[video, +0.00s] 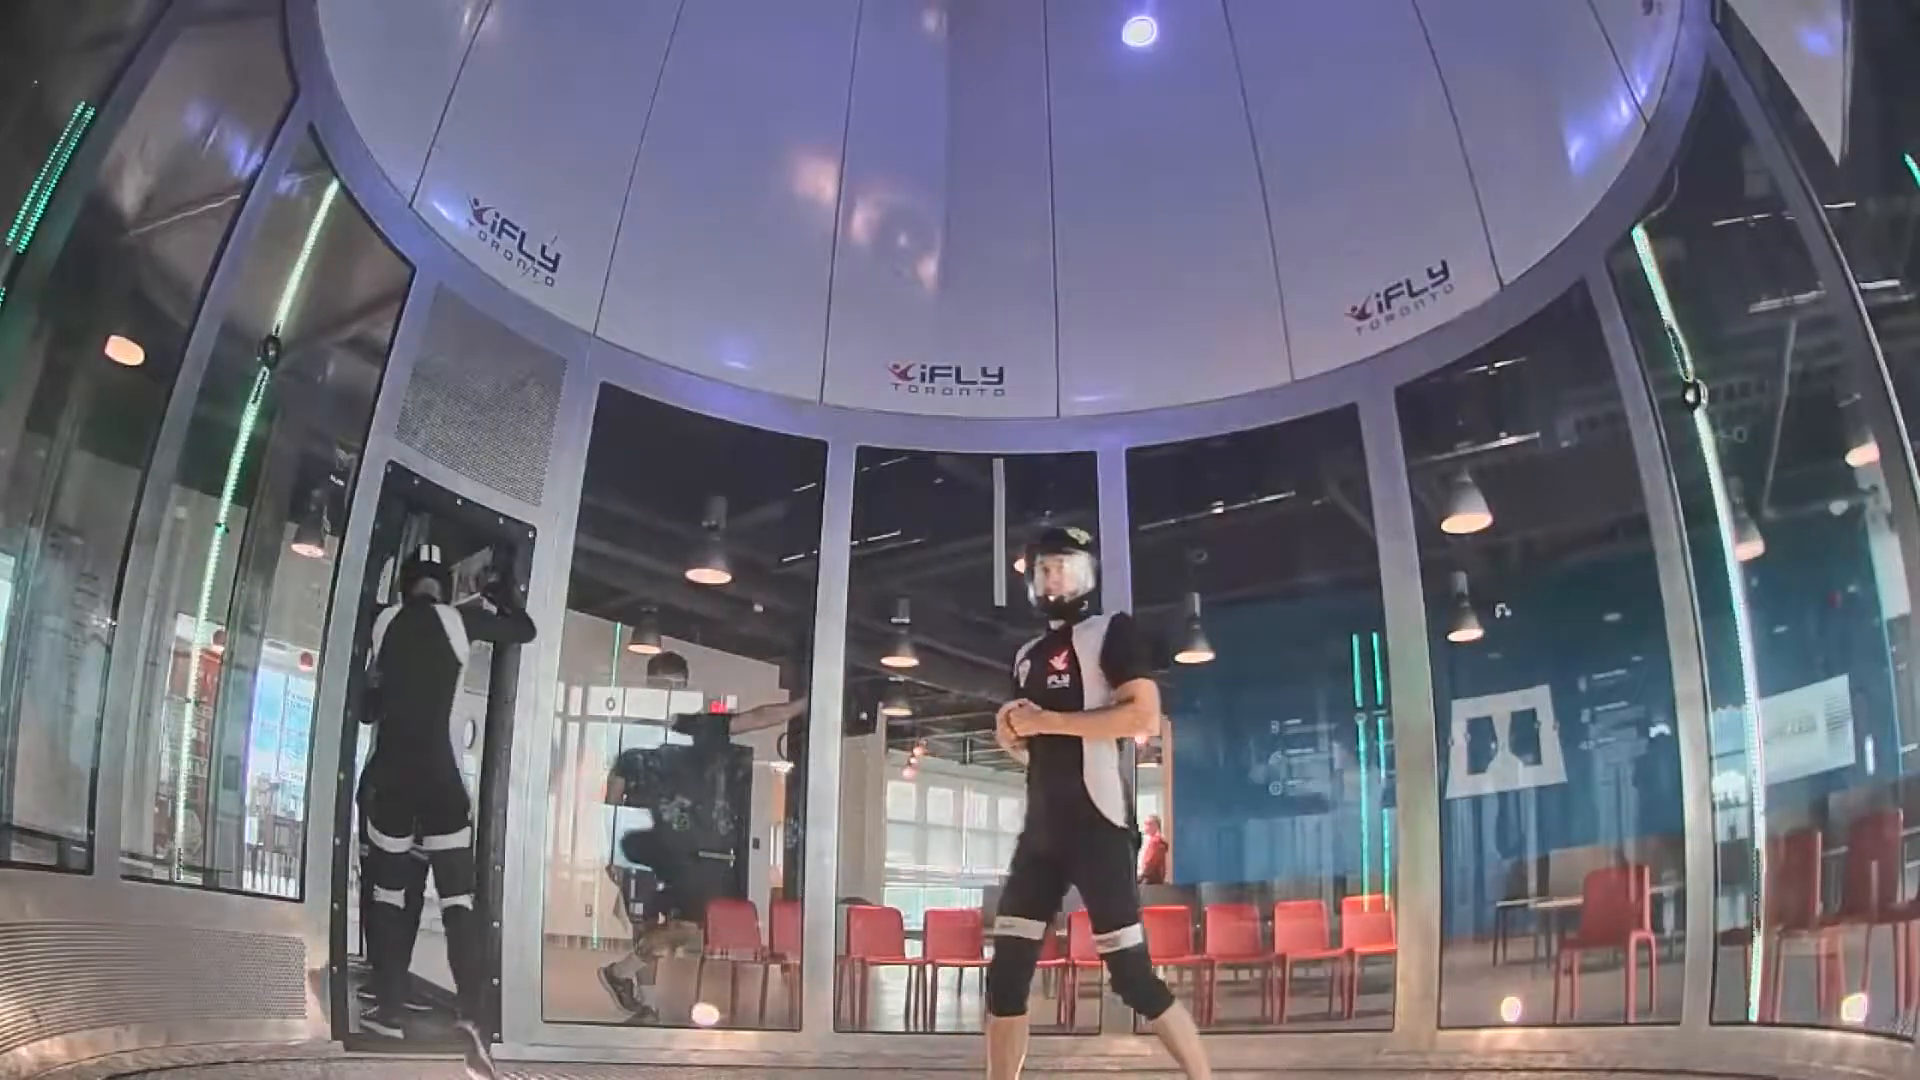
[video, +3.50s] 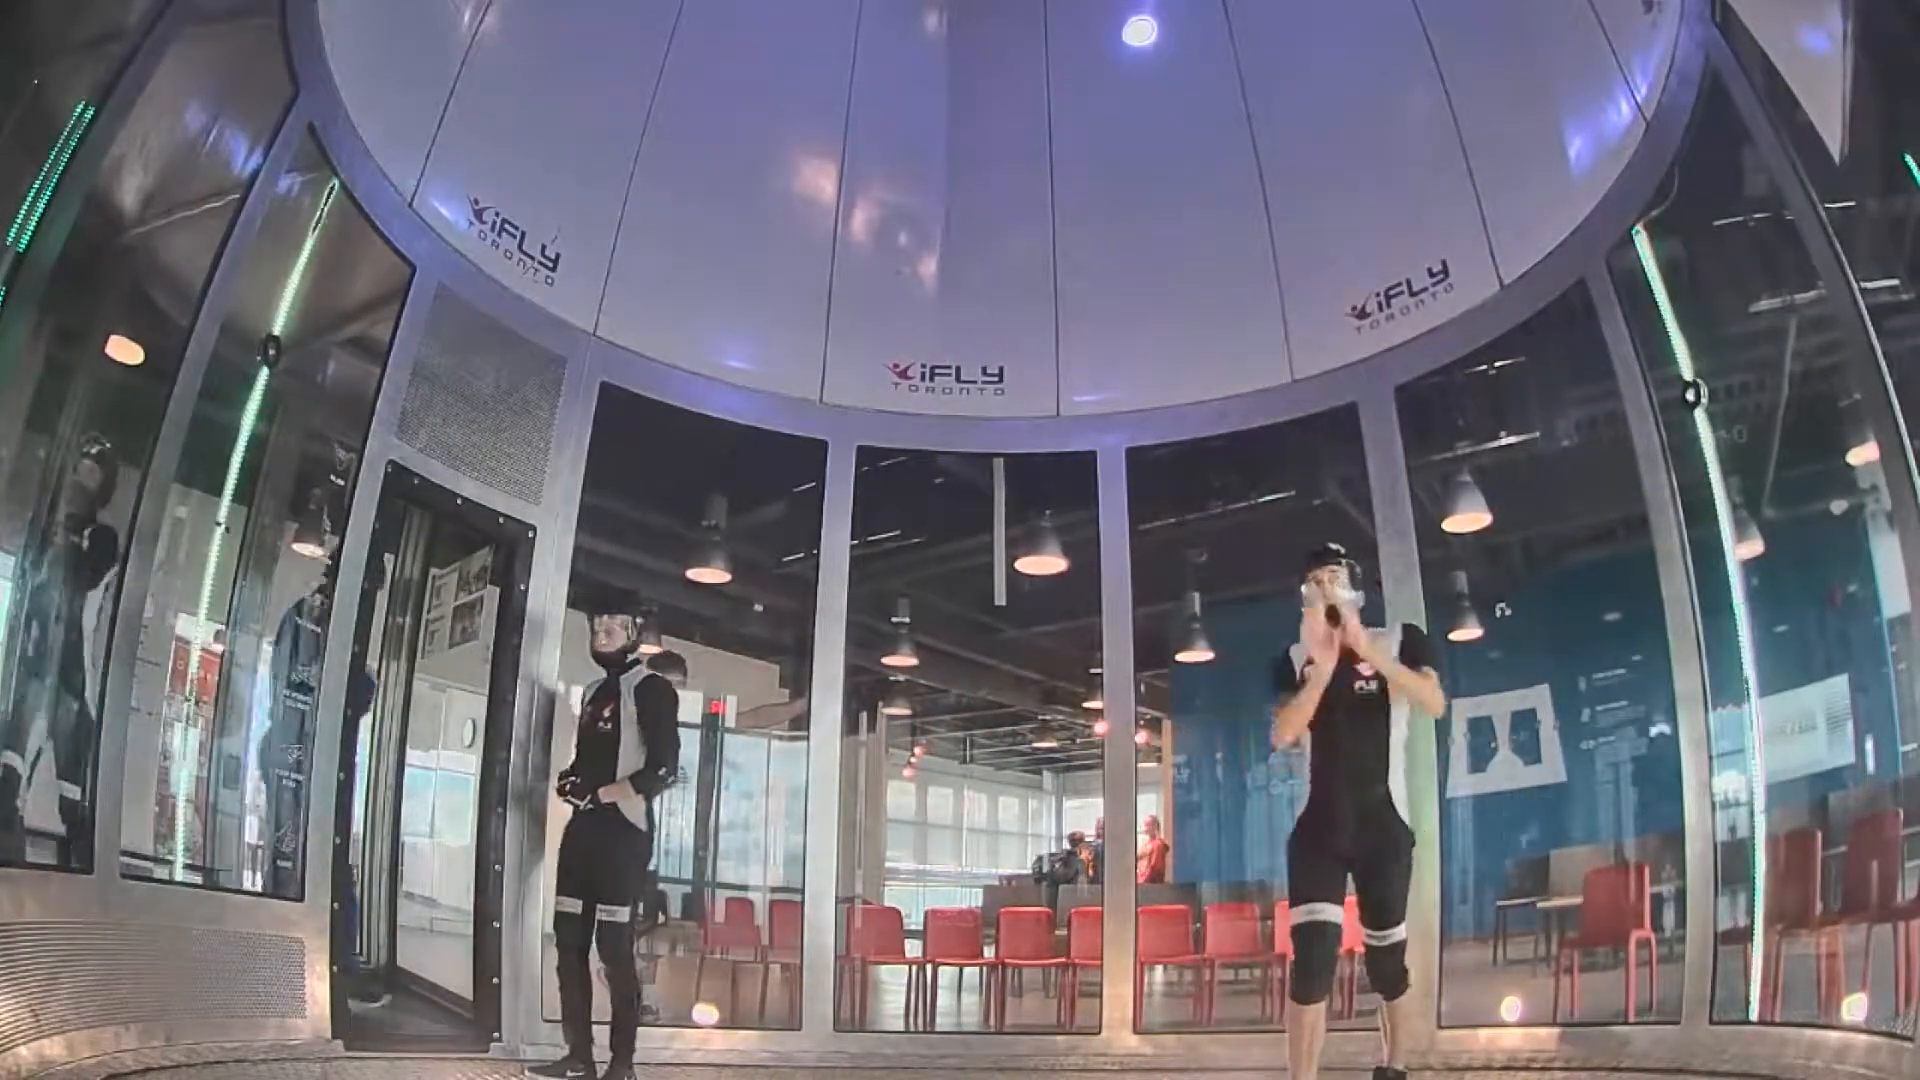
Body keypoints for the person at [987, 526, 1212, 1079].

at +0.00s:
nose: (1055, 579)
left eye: (1066, 567)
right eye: (1046, 569)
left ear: (1090, 572)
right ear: (1034, 577)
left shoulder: (1115, 632)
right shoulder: (1027, 656)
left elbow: (1143, 715)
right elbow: (1034, 753)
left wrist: (1048, 721)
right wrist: (1009, 732)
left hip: (1102, 828)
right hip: (1043, 830)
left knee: (1132, 977)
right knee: (1006, 975)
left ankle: (1203, 1074)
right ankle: (1002, 1079)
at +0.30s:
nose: (1105, 588)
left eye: (1115, 576)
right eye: (1097, 578)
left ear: (1141, 580)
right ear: (1087, 587)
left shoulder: (1178, 633)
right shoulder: (1081, 665)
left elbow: (1225, 715)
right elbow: (1093, 770)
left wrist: (1123, 728)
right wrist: (1076, 745)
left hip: (1181, 829)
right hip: (1120, 833)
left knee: (1219, 977)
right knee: (1056, 974)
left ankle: (1254, 1078)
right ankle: (1015, 1078)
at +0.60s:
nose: (1165, 573)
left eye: (1176, 561)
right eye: (1156, 564)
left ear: (1203, 564)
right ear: (1147, 574)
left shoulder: (1235, 618)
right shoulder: (1148, 646)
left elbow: (1285, 698)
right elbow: (1148, 748)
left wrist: (1187, 714)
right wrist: (1138, 729)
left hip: (1227, 816)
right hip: (1171, 817)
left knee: (1234, 966)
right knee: (1120, 960)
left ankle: (1257, 1076)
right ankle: (1119, 1075)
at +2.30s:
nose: (1213, 595)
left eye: (1222, 584)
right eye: (1211, 586)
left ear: (1253, 586)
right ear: (1218, 594)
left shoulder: (1292, 645)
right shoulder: (1212, 662)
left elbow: (1329, 732)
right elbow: (1190, 749)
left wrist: (1240, 733)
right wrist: (1193, 741)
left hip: (1267, 823)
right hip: (1212, 824)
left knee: (1280, 965)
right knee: (1195, 962)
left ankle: (1339, 1068)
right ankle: (1183, 1076)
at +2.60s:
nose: (1274, 609)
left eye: (1284, 598)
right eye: (1272, 599)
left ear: (1315, 598)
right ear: (1272, 605)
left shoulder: (1367, 653)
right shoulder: (1268, 670)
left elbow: (1412, 729)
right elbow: (1251, 763)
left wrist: (1332, 733)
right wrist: (1271, 745)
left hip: (1354, 833)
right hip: (1293, 834)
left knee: (1373, 962)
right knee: (1242, 958)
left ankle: (1388, 1070)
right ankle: (1191, 1075)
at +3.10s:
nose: (1343, 596)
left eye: (1352, 585)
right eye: (1334, 587)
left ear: (1373, 591)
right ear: (1322, 598)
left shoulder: (1405, 646)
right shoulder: (1311, 667)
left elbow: (1449, 723)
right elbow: (1302, 760)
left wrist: (1371, 741)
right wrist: (1311, 750)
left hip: (1391, 826)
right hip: (1331, 827)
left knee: (1386, 966)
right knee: (1300, 955)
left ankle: (1393, 1066)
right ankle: (1293, 1075)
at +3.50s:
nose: (1327, 588)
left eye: (1336, 577)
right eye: (1317, 580)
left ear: (1355, 586)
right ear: (1304, 592)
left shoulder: (1399, 641)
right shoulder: (1292, 659)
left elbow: (1434, 702)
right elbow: (1284, 734)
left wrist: (1366, 647)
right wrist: (1322, 666)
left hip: (1382, 828)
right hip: (1318, 830)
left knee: (1387, 967)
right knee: (1313, 962)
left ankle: (1392, 1065)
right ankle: (1302, 1076)